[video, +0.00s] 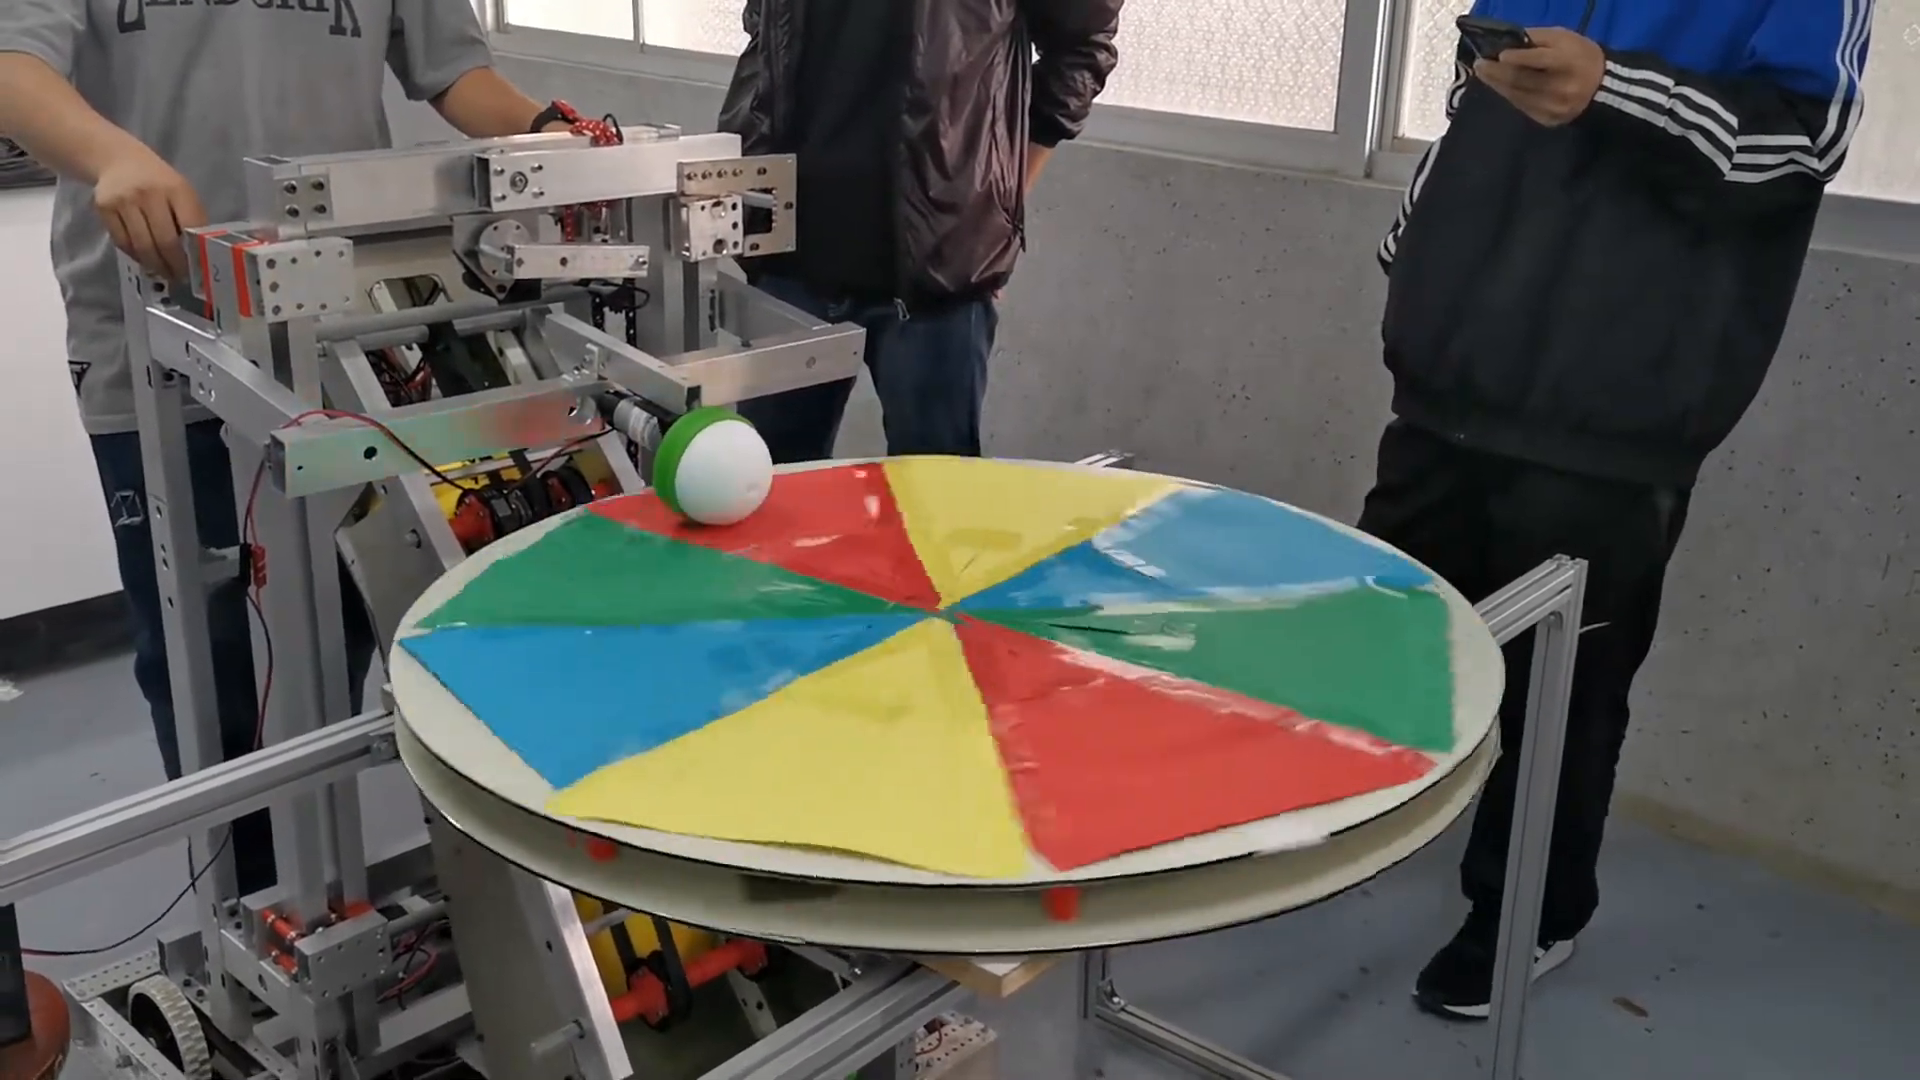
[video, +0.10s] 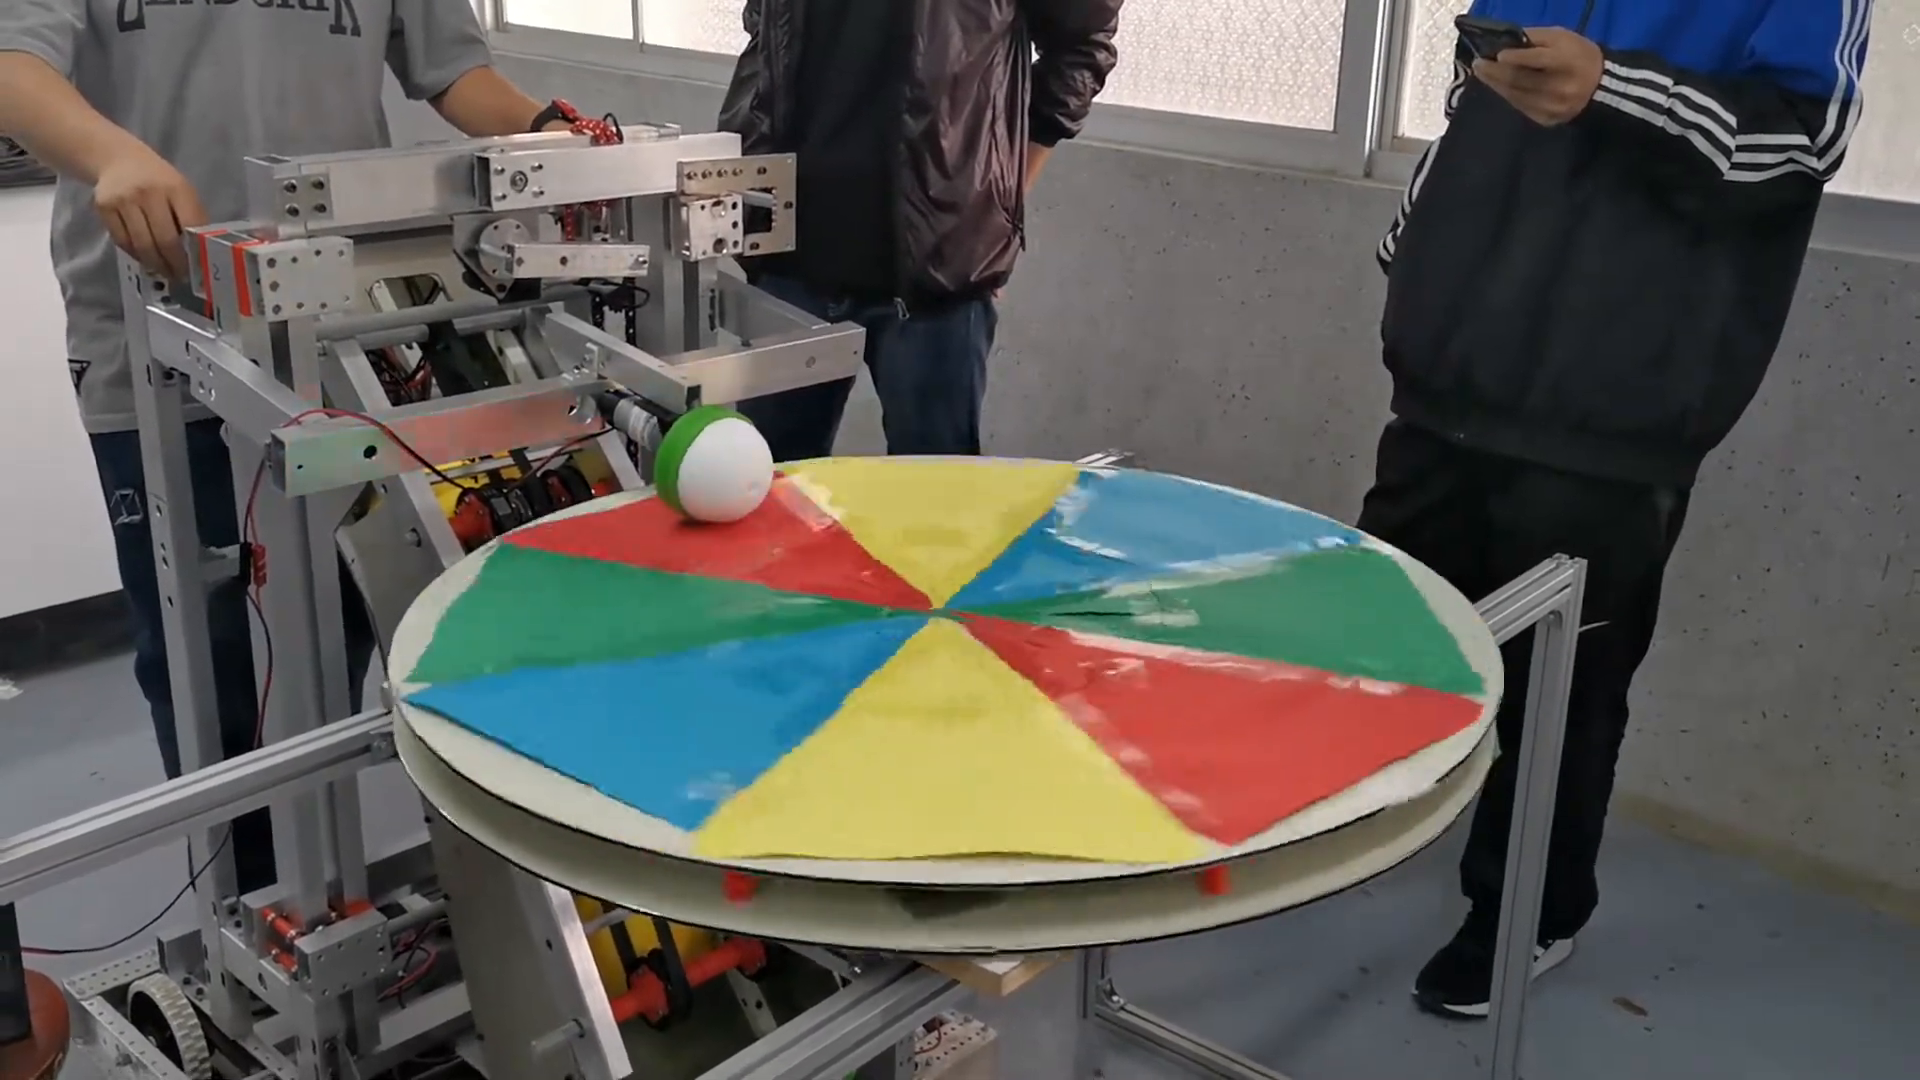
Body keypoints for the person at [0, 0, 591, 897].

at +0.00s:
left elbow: (449, 62)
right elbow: (16, 61)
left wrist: (547, 131)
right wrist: (109, 153)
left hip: (339, 345)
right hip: (156, 349)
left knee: (343, 628)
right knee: (200, 659)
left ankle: (334, 876)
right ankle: (250, 907)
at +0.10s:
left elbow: (449, 61)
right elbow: (15, 60)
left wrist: (551, 132)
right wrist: (108, 151)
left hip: (338, 340)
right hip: (155, 345)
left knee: (341, 627)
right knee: (200, 656)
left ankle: (330, 877)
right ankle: (248, 906)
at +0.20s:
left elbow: (448, 60)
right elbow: (15, 60)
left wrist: (551, 132)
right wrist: (109, 150)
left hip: (339, 337)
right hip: (155, 342)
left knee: (345, 621)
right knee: (201, 650)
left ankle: (336, 873)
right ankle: (249, 901)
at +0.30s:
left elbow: (447, 60)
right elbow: (15, 57)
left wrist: (548, 130)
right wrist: (110, 149)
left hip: (340, 337)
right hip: (156, 342)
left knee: (348, 619)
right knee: (200, 648)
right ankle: (248, 898)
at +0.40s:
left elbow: (446, 56)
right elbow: (17, 57)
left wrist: (546, 128)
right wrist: (112, 148)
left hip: (341, 334)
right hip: (157, 340)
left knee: (347, 618)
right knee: (201, 646)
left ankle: (337, 867)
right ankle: (247, 895)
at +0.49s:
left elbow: (450, 56)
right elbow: (16, 57)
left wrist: (553, 131)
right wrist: (111, 146)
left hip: (340, 336)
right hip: (158, 343)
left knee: (344, 622)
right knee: (202, 652)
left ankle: (336, 872)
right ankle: (251, 900)